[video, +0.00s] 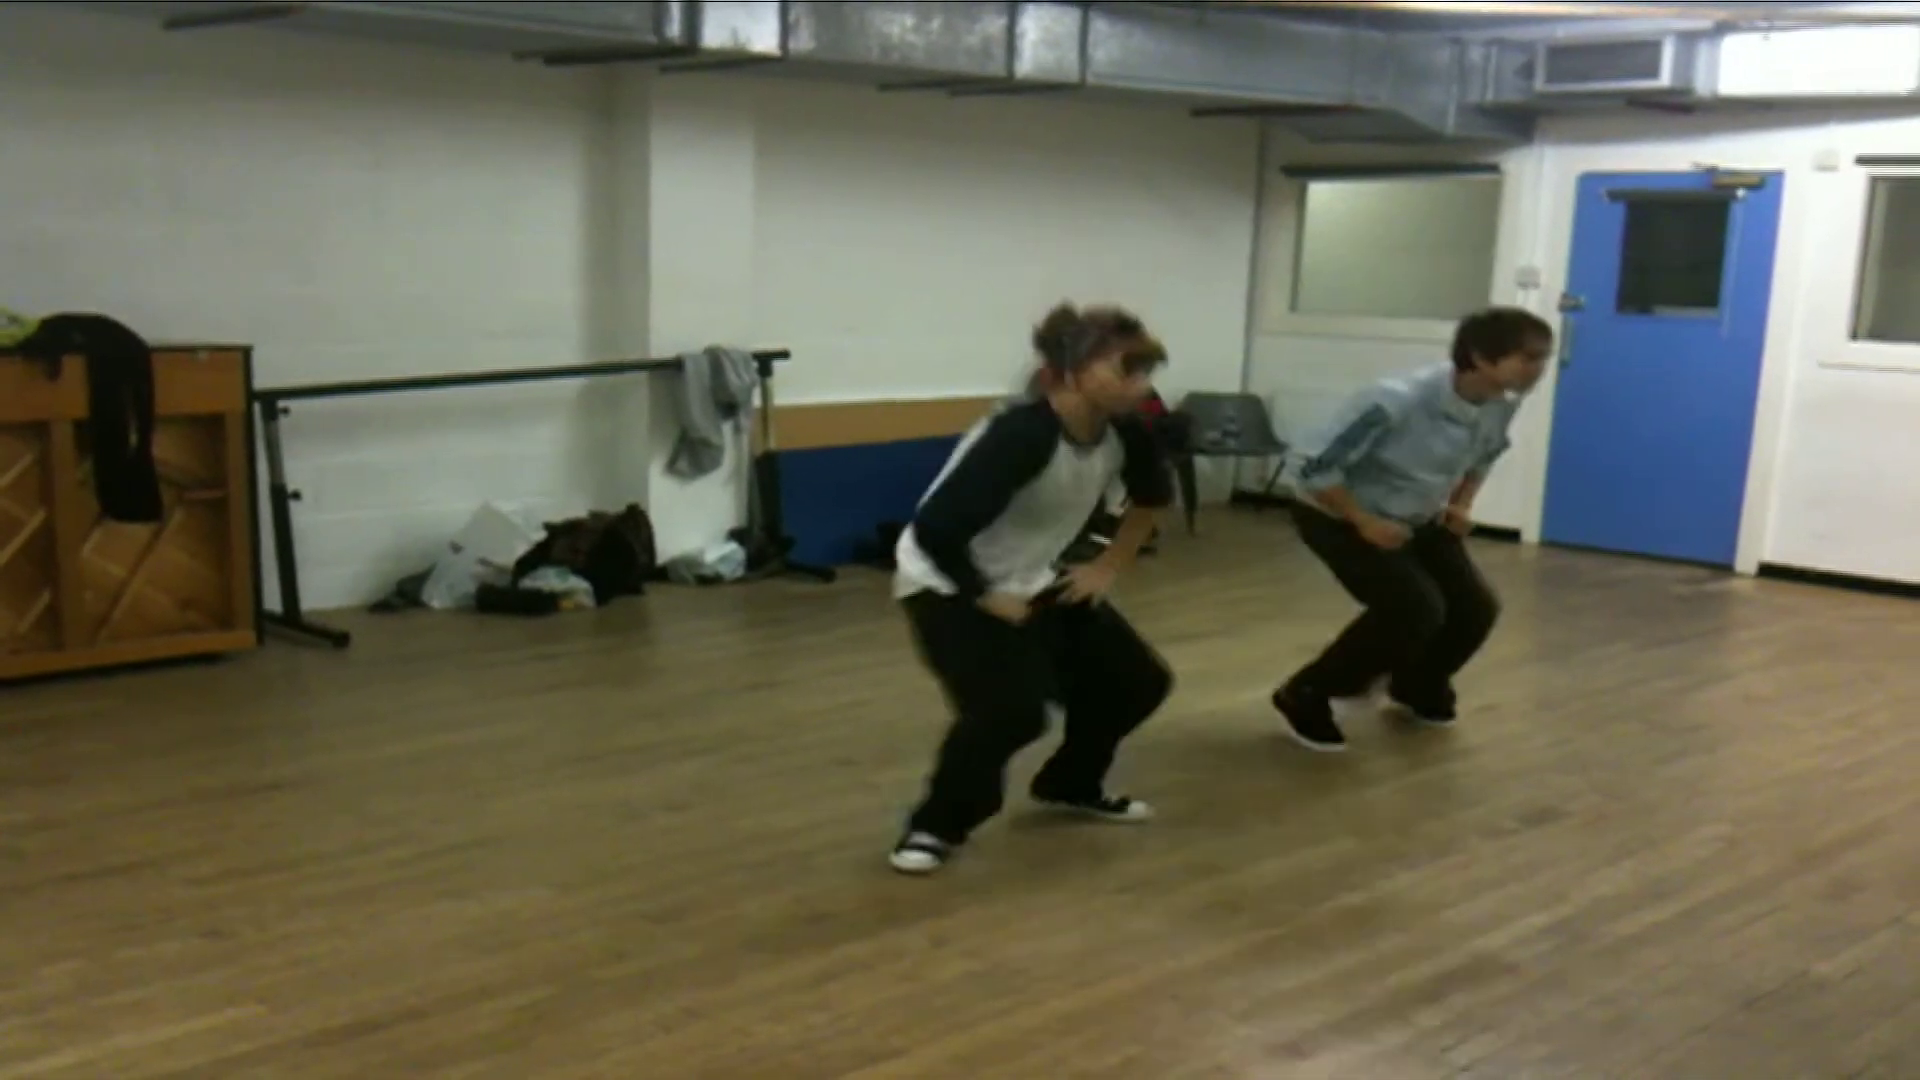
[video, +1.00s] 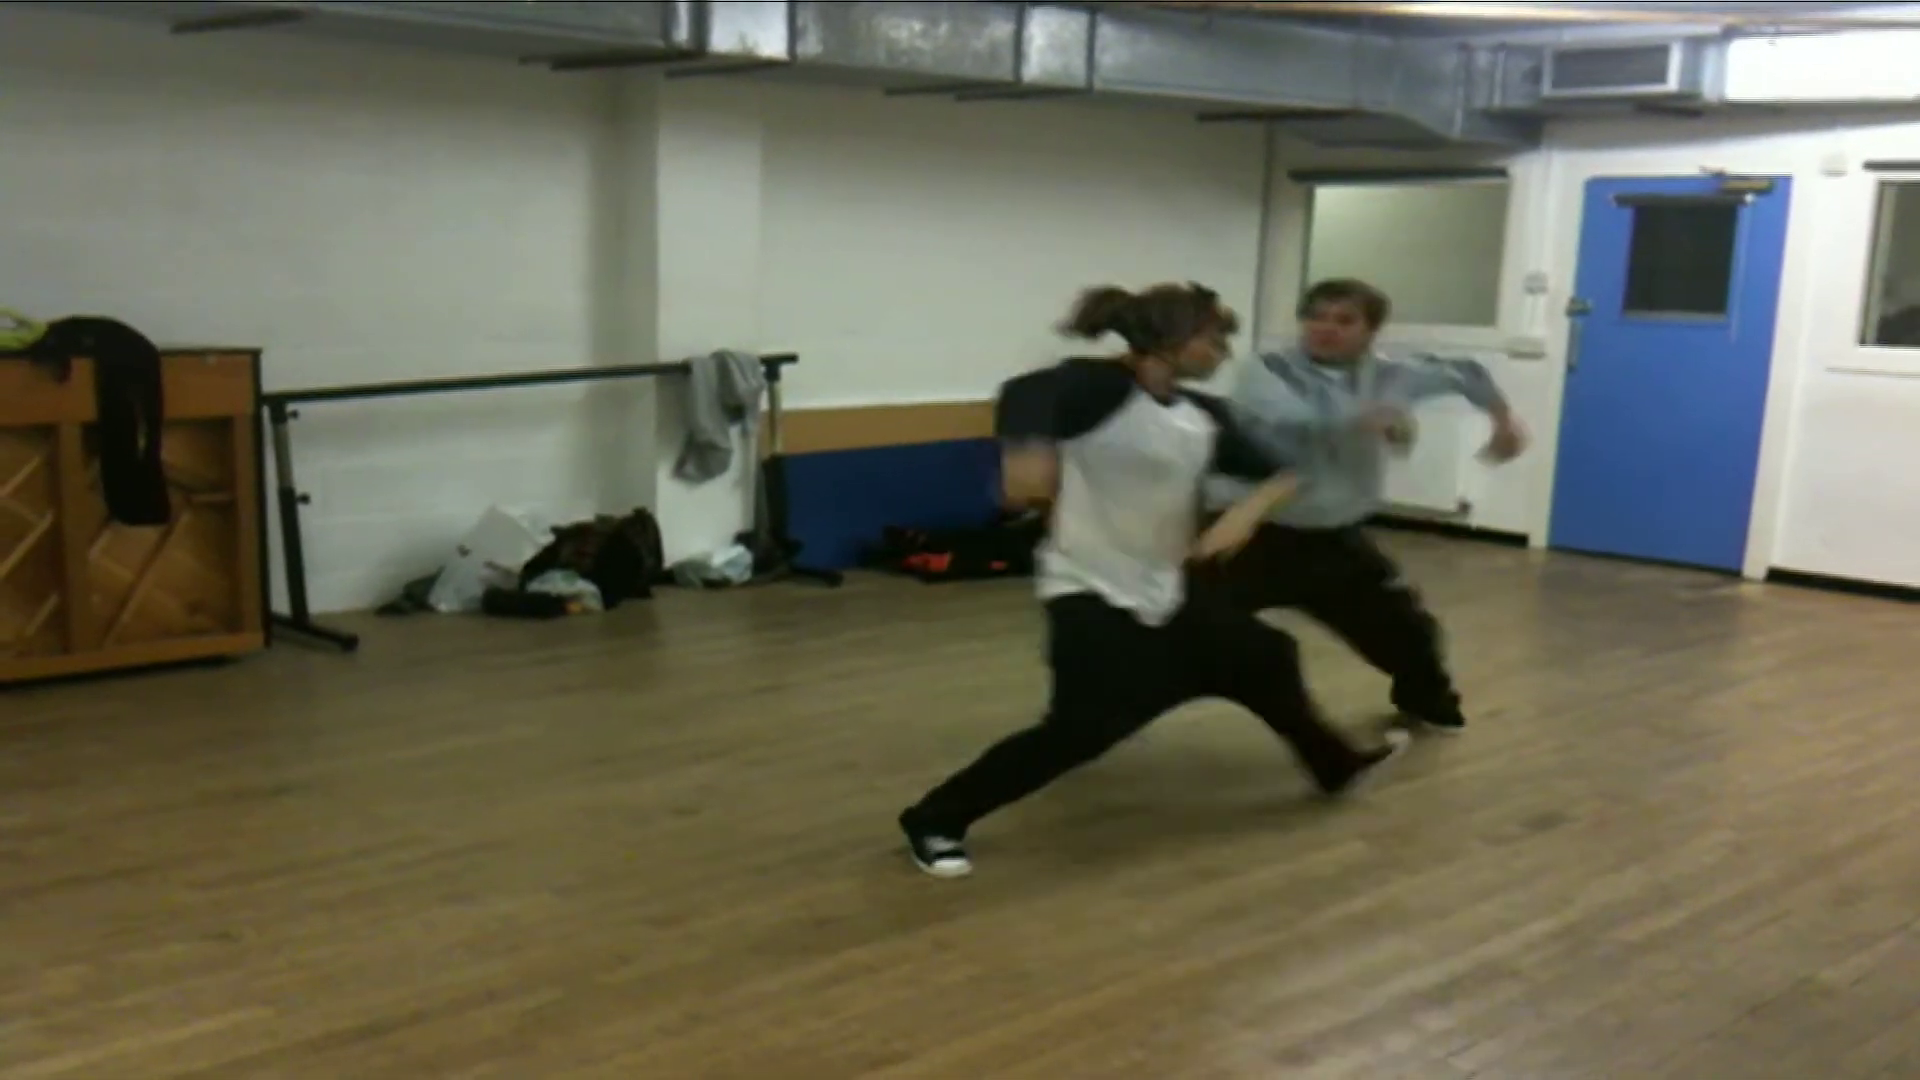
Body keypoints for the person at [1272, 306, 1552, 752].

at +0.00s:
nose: (1536, 372)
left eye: (1539, 361)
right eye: (1527, 360)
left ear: (1484, 365)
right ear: (1481, 361)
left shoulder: (1499, 411)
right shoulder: (1393, 403)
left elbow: (1481, 460)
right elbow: (1313, 469)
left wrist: (1459, 507)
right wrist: (1363, 521)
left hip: (1414, 521)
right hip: (1337, 518)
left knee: (1475, 607)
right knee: (1414, 607)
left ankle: (1418, 681)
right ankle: (1305, 692)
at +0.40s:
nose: (1553, 343)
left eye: (1557, 332)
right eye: (1546, 329)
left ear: (1509, 325)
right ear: (1505, 321)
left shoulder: (1511, 373)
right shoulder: (1421, 363)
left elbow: (1468, 434)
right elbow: (1334, 438)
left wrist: (1452, 488)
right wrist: (1351, 503)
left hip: (1411, 493)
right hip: (1343, 487)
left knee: (1447, 593)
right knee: (1358, 594)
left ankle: (1402, 692)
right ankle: (1334, 711)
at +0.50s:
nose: (1531, 285)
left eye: (1532, 274)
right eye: (1522, 272)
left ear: (1495, 279)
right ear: (1480, 273)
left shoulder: (1499, 336)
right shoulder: (1409, 326)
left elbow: (1476, 413)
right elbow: (1349, 417)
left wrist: (1453, 471)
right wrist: (1368, 484)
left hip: (1417, 476)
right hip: (1348, 470)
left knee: (1416, 587)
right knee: (1353, 590)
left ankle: (1399, 689)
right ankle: (1331, 706)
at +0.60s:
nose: (1484, 266)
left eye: (1489, 256)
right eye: (1471, 255)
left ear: (1493, 264)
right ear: (1436, 263)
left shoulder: (1483, 334)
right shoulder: (1386, 328)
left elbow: (1474, 412)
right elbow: (1348, 424)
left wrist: (1457, 476)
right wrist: (1373, 489)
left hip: (1425, 485)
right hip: (1356, 482)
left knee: (1417, 595)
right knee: (1361, 595)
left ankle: (1399, 690)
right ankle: (1333, 709)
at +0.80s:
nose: (1412, 288)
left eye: (1426, 279)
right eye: (1399, 279)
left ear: (1449, 292)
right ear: (1383, 291)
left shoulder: (1460, 358)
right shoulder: (1349, 354)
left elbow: (1447, 437)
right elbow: (1314, 452)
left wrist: (1440, 503)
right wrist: (1337, 518)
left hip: (1400, 494)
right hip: (1328, 491)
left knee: (1439, 592)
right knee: (1349, 595)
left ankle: (1417, 690)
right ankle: (1328, 704)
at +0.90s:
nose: (1376, 321)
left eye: (1391, 311)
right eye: (1366, 311)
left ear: (1416, 323)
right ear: (1353, 322)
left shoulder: (1446, 383)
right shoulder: (1321, 377)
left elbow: (1477, 433)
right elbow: (1305, 465)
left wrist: (1460, 500)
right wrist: (1374, 509)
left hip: (1378, 526)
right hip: (1295, 522)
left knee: (1442, 633)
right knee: (1282, 622)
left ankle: (1416, 699)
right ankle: (1245, 708)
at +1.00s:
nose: (1327, 329)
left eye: (1344, 321)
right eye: (1317, 318)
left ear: (1368, 333)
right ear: (1303, 323)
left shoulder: (1379, 378)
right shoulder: (1266, 373)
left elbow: (1462, 373)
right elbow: (1280, 426)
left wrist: (1502, 418)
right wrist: (1358, 423)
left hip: (1334, 544)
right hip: (1252, 539)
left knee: (1407, 629)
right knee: (1188, 618)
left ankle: (1425, 702)